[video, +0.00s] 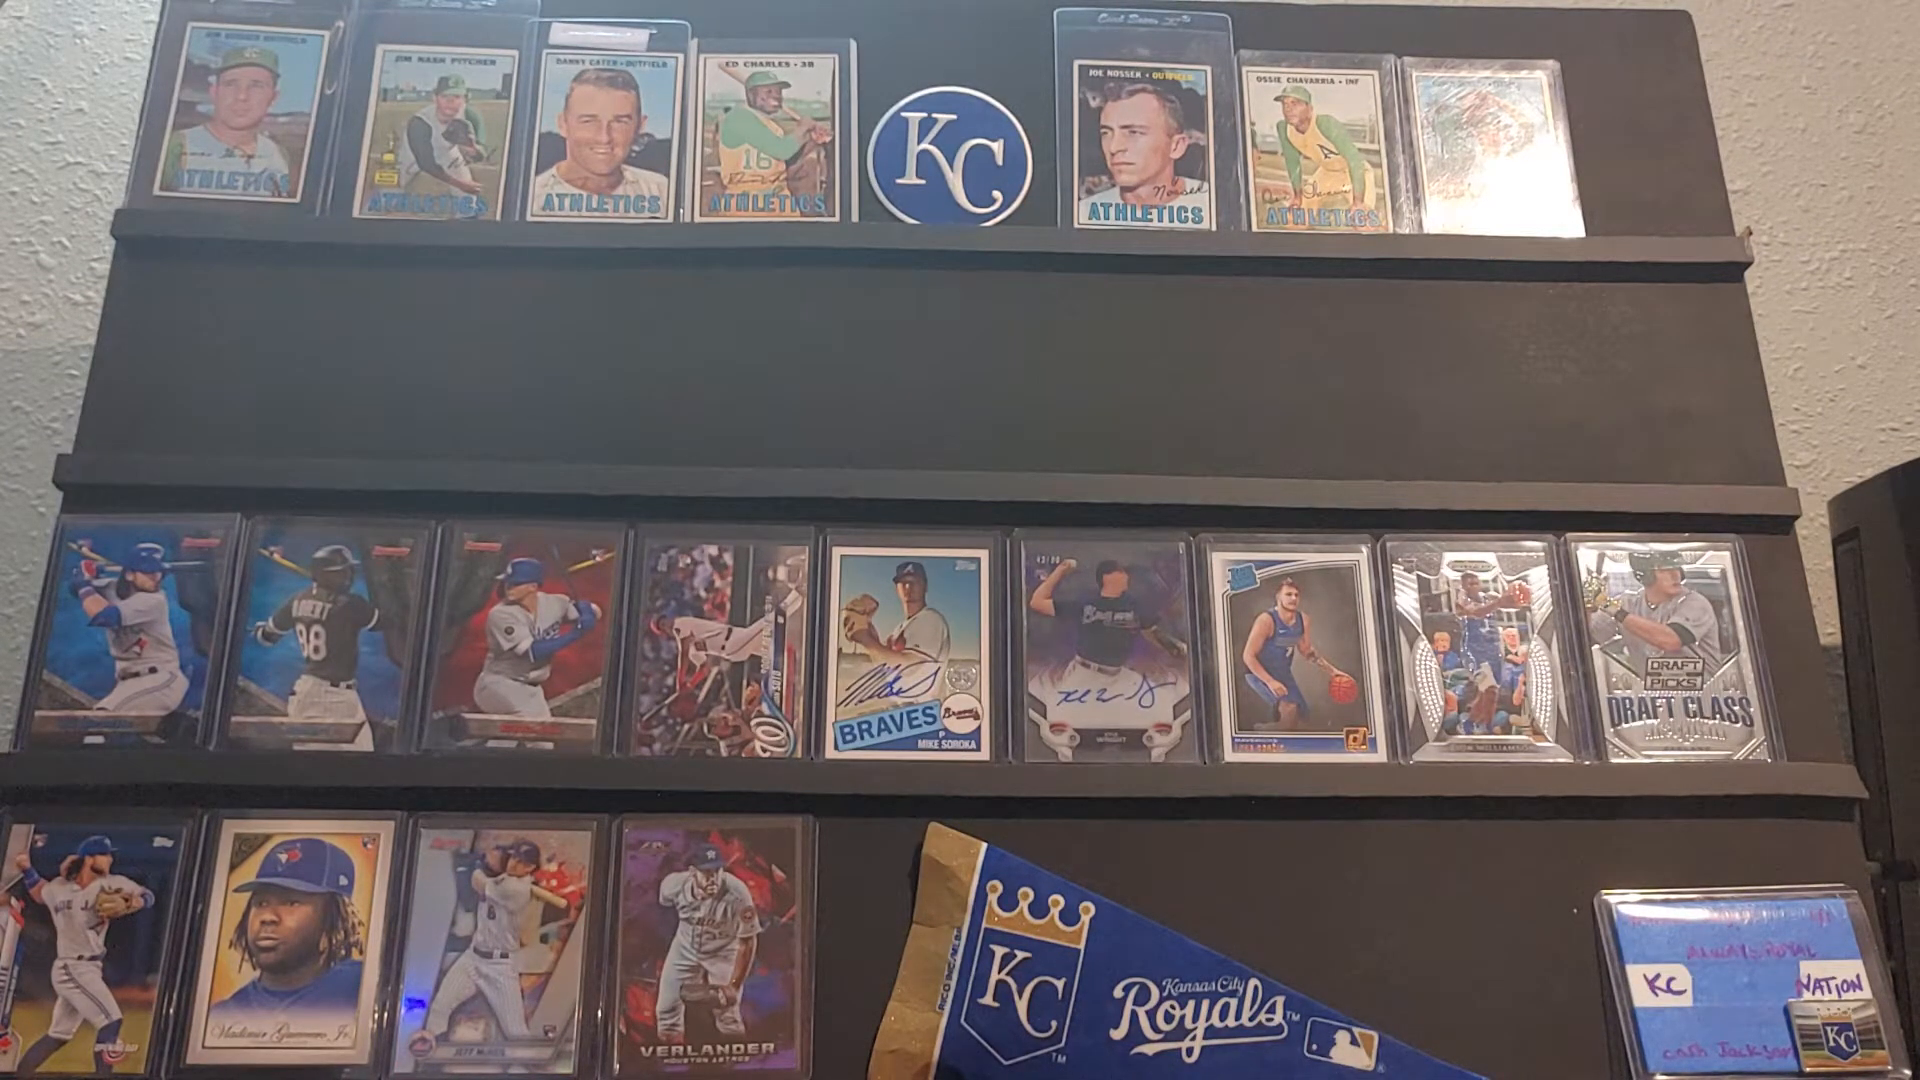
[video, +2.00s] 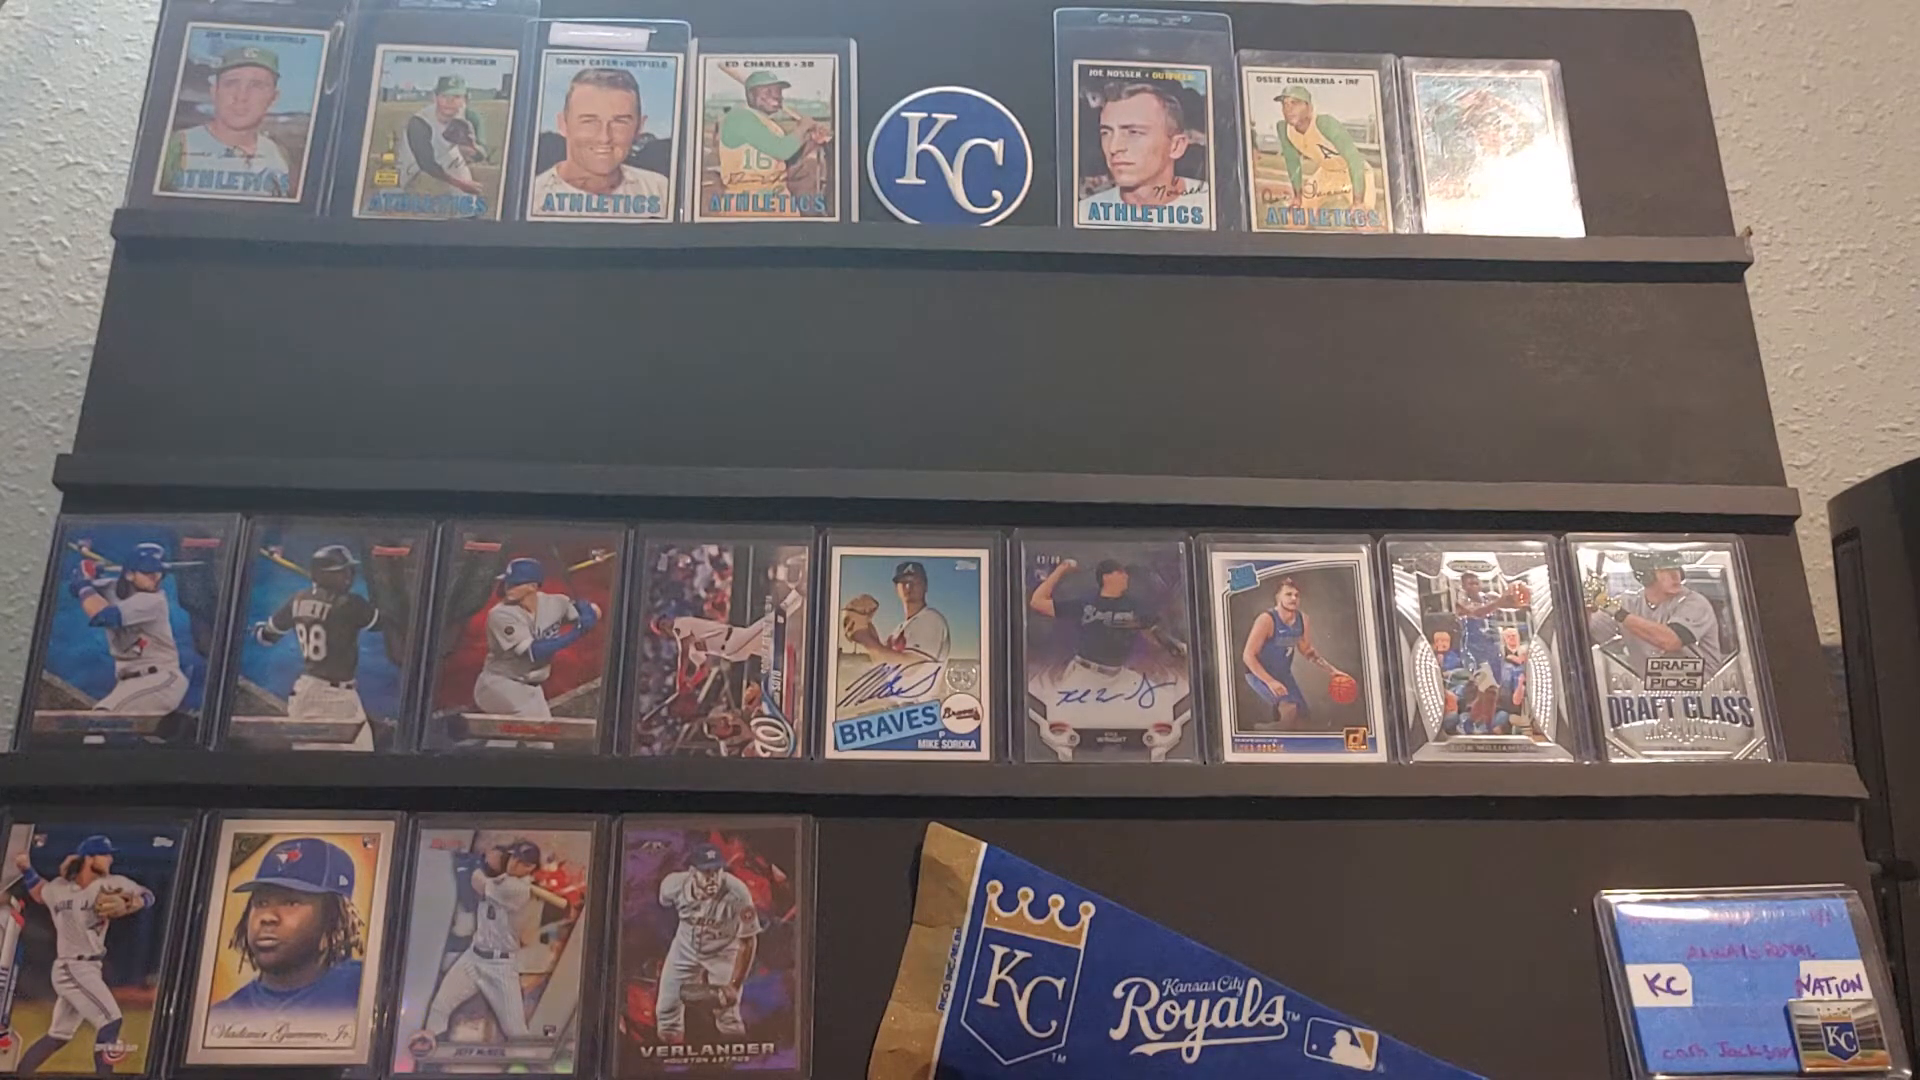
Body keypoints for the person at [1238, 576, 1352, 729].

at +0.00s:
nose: (1293, 599)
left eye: (1296, 595)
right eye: (1288, 595)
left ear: (1299, 598)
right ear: (1278, 598)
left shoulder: (1303, 619)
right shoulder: (1266, 620)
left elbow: (1306, 650)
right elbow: (1248, 656)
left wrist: (1333, 671)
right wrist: (1270, 681)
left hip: (1283, 672)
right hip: (1260, 671)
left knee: (1301, 713)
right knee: (1289, 706)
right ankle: (1284, 748)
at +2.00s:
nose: (1294, 599)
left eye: (1296, 595)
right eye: (1288, 595)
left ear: (1299, 598)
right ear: (1278, 598)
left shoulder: (1302, 619)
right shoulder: (1266, 620)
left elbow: (1307, 650)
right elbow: (1248, 656)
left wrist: (1333, 671)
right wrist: (1270, 681)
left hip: (1283, 673)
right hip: (1260, 673)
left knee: (1302, 713)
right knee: (1289, 707)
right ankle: (1282, 750)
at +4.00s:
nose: (1293, 599)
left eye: (1296, 595)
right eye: (1288, 595)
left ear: (1299, 599)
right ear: (1278, 598)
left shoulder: (1302, 619)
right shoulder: (1265, 620)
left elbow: (1307, 650)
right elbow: (1248, 656)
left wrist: (1332, 671)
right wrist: (1270, 682)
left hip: (1284, 674)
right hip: (1259, 673)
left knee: (1303, 715)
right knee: (1288, 707)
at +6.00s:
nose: (1293, 599)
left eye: (1296, 595)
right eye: (1288, 594)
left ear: (1300, 598)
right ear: (1278, 598)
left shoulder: (1303, 619)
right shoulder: (1266, 620)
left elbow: (1306, 650)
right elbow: (1248, 656)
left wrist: (1333, 671)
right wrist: (1271, 682)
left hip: (1284, 674)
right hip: (1260, 673)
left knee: (1302, 713)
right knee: (1289, 706)